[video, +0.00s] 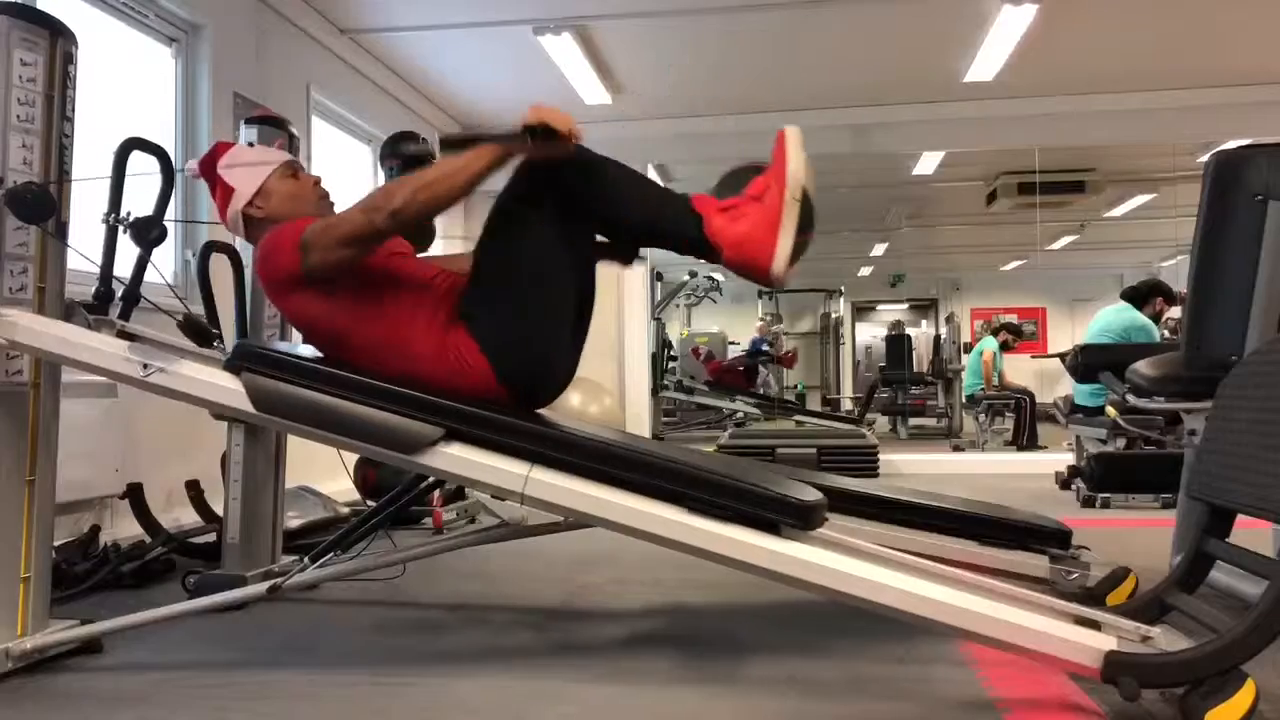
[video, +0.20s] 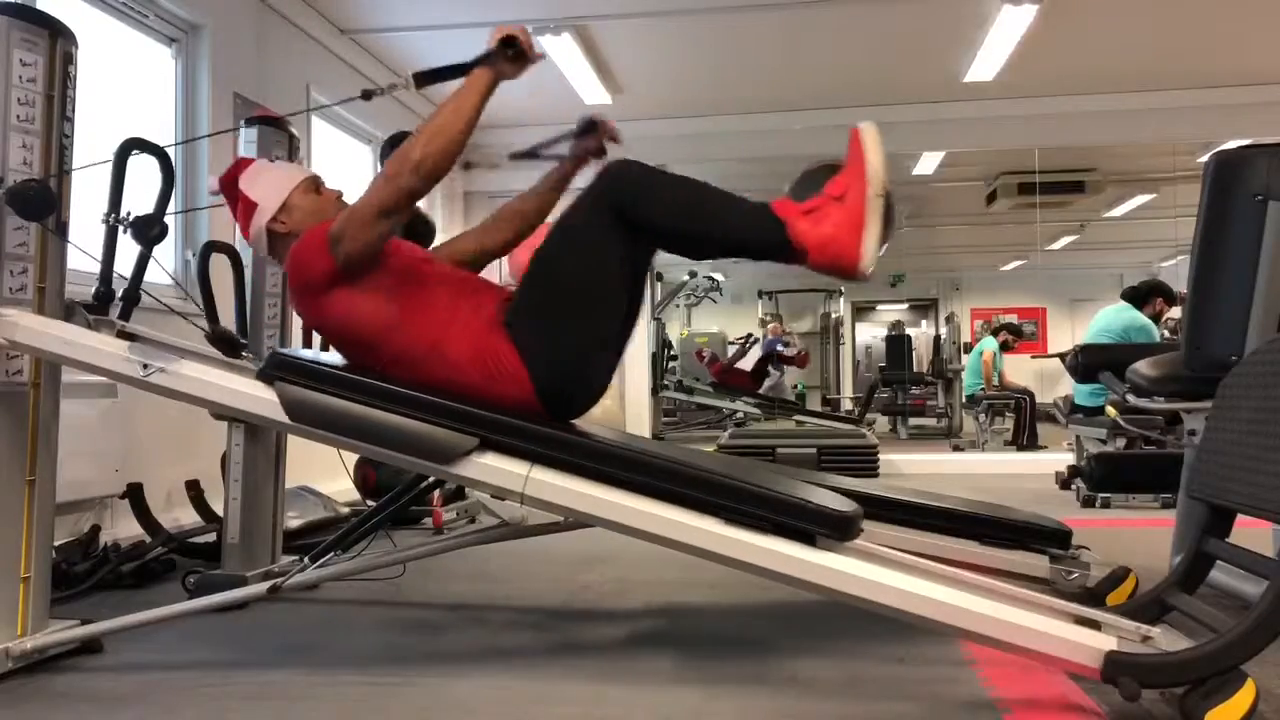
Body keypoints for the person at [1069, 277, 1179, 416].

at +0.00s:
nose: (1164, 315)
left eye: (1167, 310)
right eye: (1166, 309)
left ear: (1140, 298)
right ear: (1159, 303)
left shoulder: (1106, 312)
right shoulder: (1143, 325)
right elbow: (1156, 370)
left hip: (1081, 397)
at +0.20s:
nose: (1165, 315)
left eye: (1168, 311)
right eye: (1166, 310)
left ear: (1141, 299)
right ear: (1159, 303)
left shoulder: (1107, 312)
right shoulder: (1143, 325)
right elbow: (1156, 369)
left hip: (1081, 396)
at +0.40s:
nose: (1164, 316)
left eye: (1168, 311)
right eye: (1167, 310)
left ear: (1141, 299)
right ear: (1159, 304)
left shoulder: (1107, 312)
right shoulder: (1143, 325)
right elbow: (1157, 369)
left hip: (1081, 396)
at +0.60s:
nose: (1165, 316)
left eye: (1168, 312)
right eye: (1167, 311)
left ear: (1141, 299)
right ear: (1159, 304)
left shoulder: (1106, 312)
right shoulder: (1142, 325)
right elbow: (1156, 369)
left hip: (1081, 397)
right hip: (1102, 401)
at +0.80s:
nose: (1164, 317)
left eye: (1167, 313)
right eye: (1166, 311)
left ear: (1141, 299)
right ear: (1159, 304)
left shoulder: (1107, 312)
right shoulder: (1142, 324)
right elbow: (1156, 368)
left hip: (1081, 396)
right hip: (1102, 400)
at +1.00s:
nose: (1164, 317)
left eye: (1167, 313)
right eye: (1166, 312)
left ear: (1141, 299)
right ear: (1159, 304)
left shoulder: (1107, 312)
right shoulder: (1142, 325)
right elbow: (1156, 369)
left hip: (1081, 396)